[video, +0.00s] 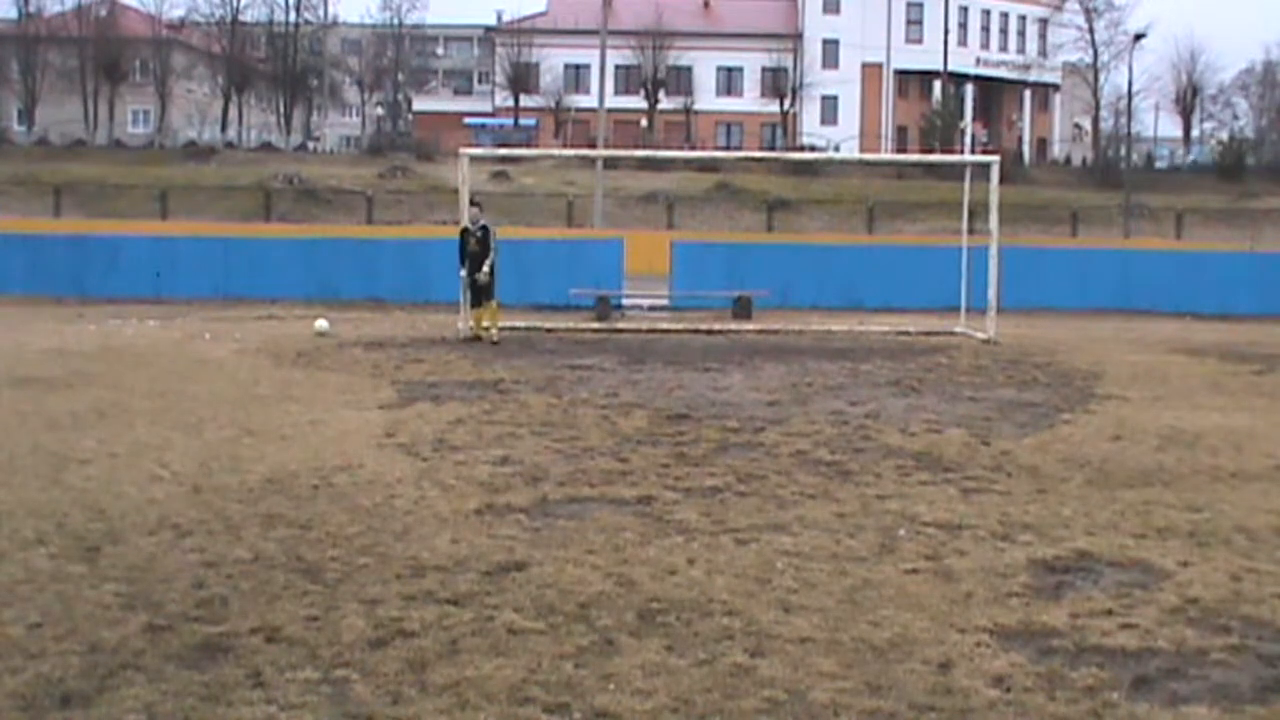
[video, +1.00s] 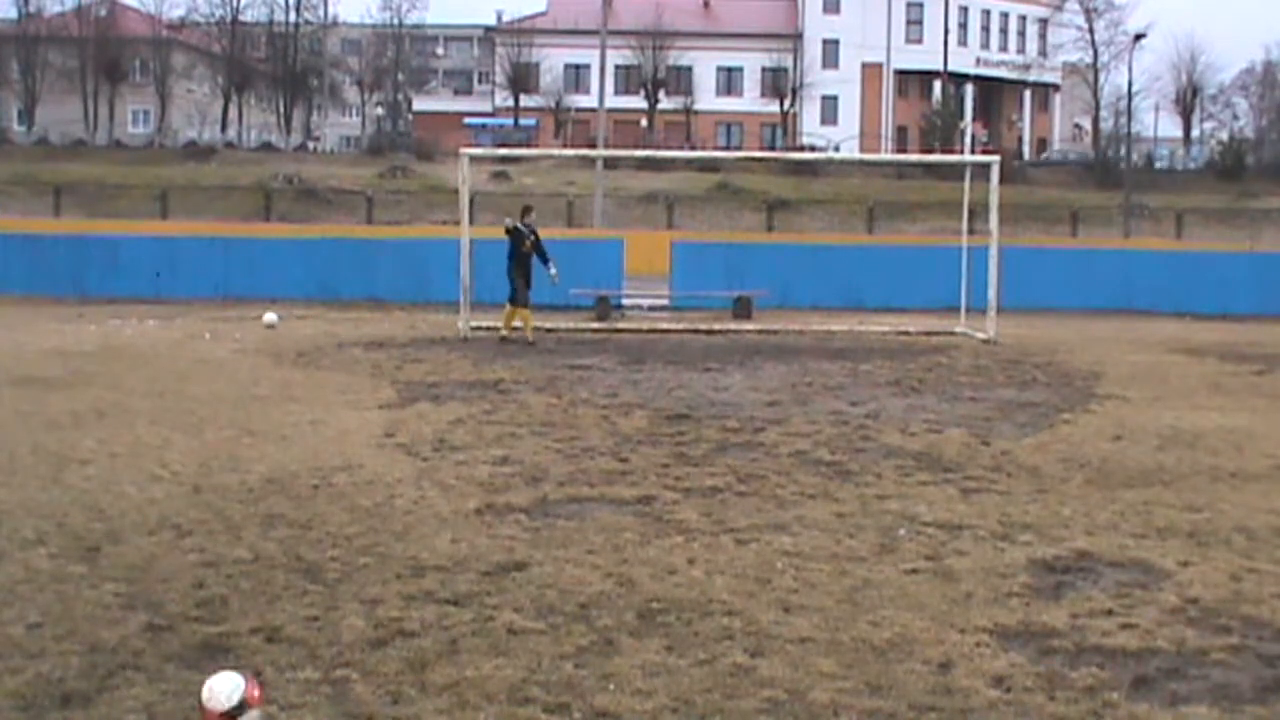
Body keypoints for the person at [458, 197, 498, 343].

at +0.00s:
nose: (473, 215)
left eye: (476, 211)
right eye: (471, 211)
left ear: (481, 213)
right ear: (467, 213)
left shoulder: (487, 231)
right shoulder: (464, 232)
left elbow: (491, 252)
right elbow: (462, 251)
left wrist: (486, 269)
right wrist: (463, 266)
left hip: (485, 269)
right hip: (471, 269)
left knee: (488, 300)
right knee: (474, 301)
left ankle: (492, 328)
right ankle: (476, 328)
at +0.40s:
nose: (489, 216)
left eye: (492, 213)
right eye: (487, 213)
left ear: (495, 214)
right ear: (483, 214)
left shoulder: (501, 231)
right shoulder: (476, 232)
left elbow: (506, 252)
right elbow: (468, 251)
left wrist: (508, 267)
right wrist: (462, 267)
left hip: (498, 270)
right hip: (481, 270)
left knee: (500, 300)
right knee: (479, 302)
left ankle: (503, 328)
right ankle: (477, 328)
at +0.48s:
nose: (495, 216)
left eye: (497, 214)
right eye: (493, 213)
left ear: (501, 215)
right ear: (489, 215)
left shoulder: (507, 231)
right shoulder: (482, 231)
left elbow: (511, 252)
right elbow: (473, 248)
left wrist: (512, 267)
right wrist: (467, 261)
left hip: (502, 269)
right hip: (486, 269)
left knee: (502, 300)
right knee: (482, 300)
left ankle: (503, 327)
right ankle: (478, 328)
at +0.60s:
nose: (503, 216)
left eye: (505, 213)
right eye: (500, 213)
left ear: (508, 214)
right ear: (496, 214)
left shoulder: (514, 231)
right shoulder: (491, 230)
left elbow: (518, 250)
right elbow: (482, 244)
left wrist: (521, 265)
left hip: (509, 268)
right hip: (494, 268)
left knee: (506, 300)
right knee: (487, 300)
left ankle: (504, 327)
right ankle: (481, 328)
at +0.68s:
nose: (507, 215)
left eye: (509, 212)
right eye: (504, 212)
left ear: (512, 214)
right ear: (500, 214)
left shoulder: (517, 231)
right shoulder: (495, 230)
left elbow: (523, 250)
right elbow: (496, 246)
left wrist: (527, 265)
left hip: (512, 268)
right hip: (498, 268)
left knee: (508, 301)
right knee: (490, 300)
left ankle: (504, 329)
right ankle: (483, 329)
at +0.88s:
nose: (523, 215)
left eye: (524, 213)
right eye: (521, 212)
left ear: (524, 214)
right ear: (514, 214)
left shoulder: (527, 230)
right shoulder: (508, 229)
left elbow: (533, 250)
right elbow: (501, 232)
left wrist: (541, 265)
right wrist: (502, 226)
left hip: (521, 266)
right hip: (508, 266)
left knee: (513, 301)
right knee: (509, 301)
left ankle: (507, 331)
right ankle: (505, 332)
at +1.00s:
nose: (533, 219)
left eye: (533, 216)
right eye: (531, 216)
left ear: (532, 218)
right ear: (525, 216)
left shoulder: (532, 232)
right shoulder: (516, 230)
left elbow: (540, 250)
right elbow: (510, 233)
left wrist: (549, 266)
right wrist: (509, 228)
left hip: (526, 267)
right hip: (515, 267)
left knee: (515, 300)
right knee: (522, 298)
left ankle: (505, 329)